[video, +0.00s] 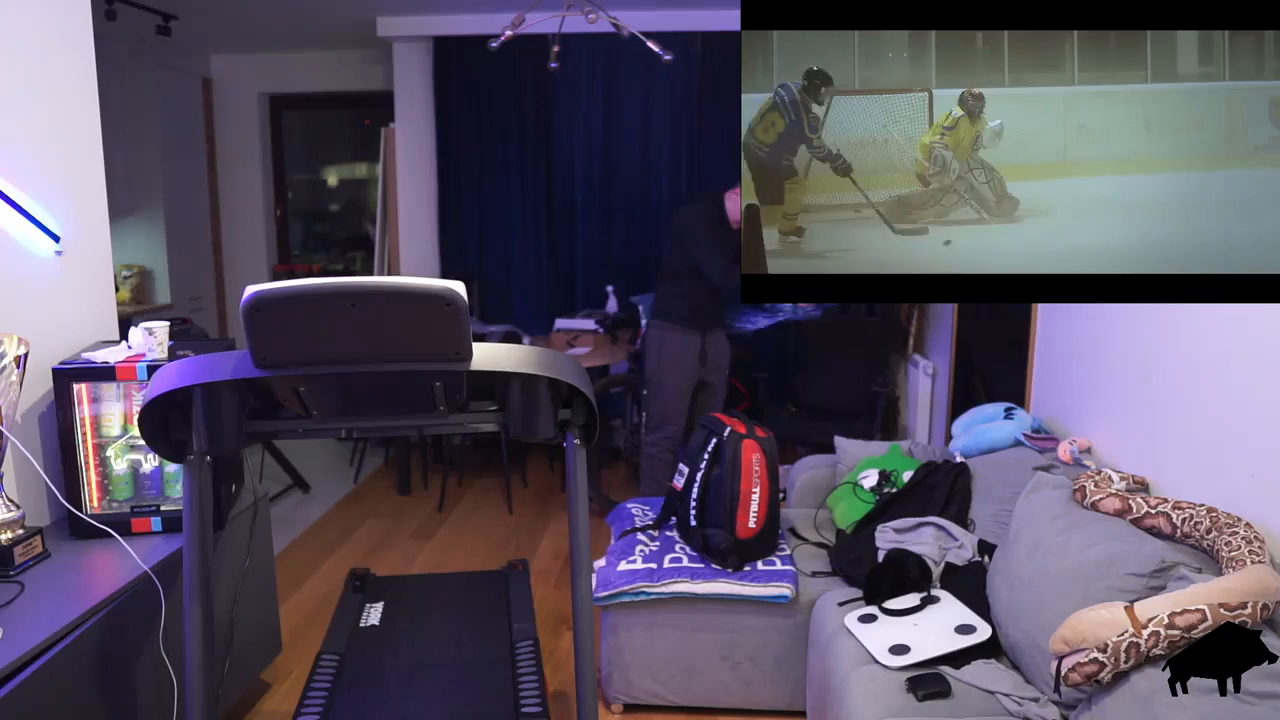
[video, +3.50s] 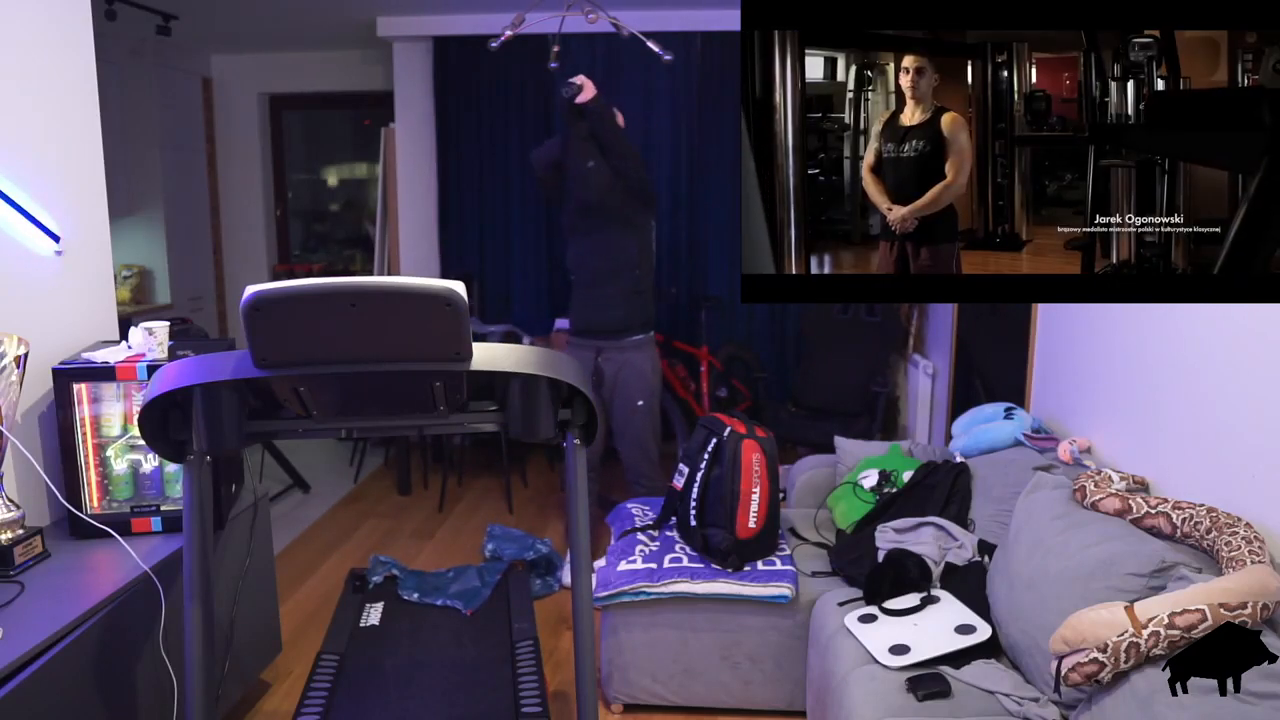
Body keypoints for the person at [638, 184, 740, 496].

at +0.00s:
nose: (746, 219)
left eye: (751, 213)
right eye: (746, 210)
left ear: (750, 210)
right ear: (733, 197)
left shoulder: (737, 232)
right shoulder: (695, 219)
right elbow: (726, 278)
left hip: (713, 334)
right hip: (673, 333)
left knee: (707, 428)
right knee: (666, 427)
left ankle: (698, 509)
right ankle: (655, 508)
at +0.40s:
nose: (728, 223)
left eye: (734, 217)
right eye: (725, 214)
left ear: (739, 212)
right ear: (710, 196)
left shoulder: (726, 238)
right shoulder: (676, 225)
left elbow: (727, 291)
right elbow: (653, 287)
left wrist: (727, 326)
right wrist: (689, 324)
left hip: (705, 339)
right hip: (666, 337)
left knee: (702, 426)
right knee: (661, 427)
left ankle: (694, 507)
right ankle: (644, 508)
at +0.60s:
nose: (696, 214)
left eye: (705, 209)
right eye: (692, 205)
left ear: (719, 204)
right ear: (682, 190)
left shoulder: (724, 233)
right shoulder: (653, 226)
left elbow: (732, 280)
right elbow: (630, 281)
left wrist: (716, 303)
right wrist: (617, 329)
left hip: (701, 345)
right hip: (648, 343)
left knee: (699, 430)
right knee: (649, 433)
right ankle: (642, 512)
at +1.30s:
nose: (629, 200)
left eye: (636, 192)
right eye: (621, 193)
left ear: (652, 181)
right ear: (612, 186)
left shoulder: (676, 222)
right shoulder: (603, 224)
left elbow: (702, 272)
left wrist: (678, 280)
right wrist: (580, 270)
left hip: (662, 342)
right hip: (611, 344)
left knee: (664, 438)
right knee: (622, 441)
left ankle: (674, 512)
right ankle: (632, 514)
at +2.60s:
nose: (650, 179)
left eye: (660, 173)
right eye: (646, 172)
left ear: (679, 175)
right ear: (636, 170)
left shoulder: (691, 214)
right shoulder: (624, 208)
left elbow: (690, 259)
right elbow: (582, 244)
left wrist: (665, 201)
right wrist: (610, 202)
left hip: (660, 346)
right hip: (608, 344)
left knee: (655, 448)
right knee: (600, 446)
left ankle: (654, 543)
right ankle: (596, 535)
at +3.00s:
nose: (631, 179)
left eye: (639, 171)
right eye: (627, 172)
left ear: (657, 171)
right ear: (619, 174)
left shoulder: (675, 205)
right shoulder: (610, 200)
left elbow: (671, 183)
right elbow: (570, 176)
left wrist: (634, 135)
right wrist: (585, 128)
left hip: (659, 348)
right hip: (608, 345)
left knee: (655, 456)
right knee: (594, 451)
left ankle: (657, 547)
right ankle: (588, 541)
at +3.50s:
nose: (616, 132)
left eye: (616, 127)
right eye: (609, 126)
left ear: (621, 137)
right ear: (596, 132)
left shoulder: (637, 192)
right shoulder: (571, 190)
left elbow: (618, 151)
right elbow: (544, 160)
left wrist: (593, 106)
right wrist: (579, 120)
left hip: (630, 341)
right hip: (580, 339)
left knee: (639, 452)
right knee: (580, 451)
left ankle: (651, 547)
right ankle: (581, 547)